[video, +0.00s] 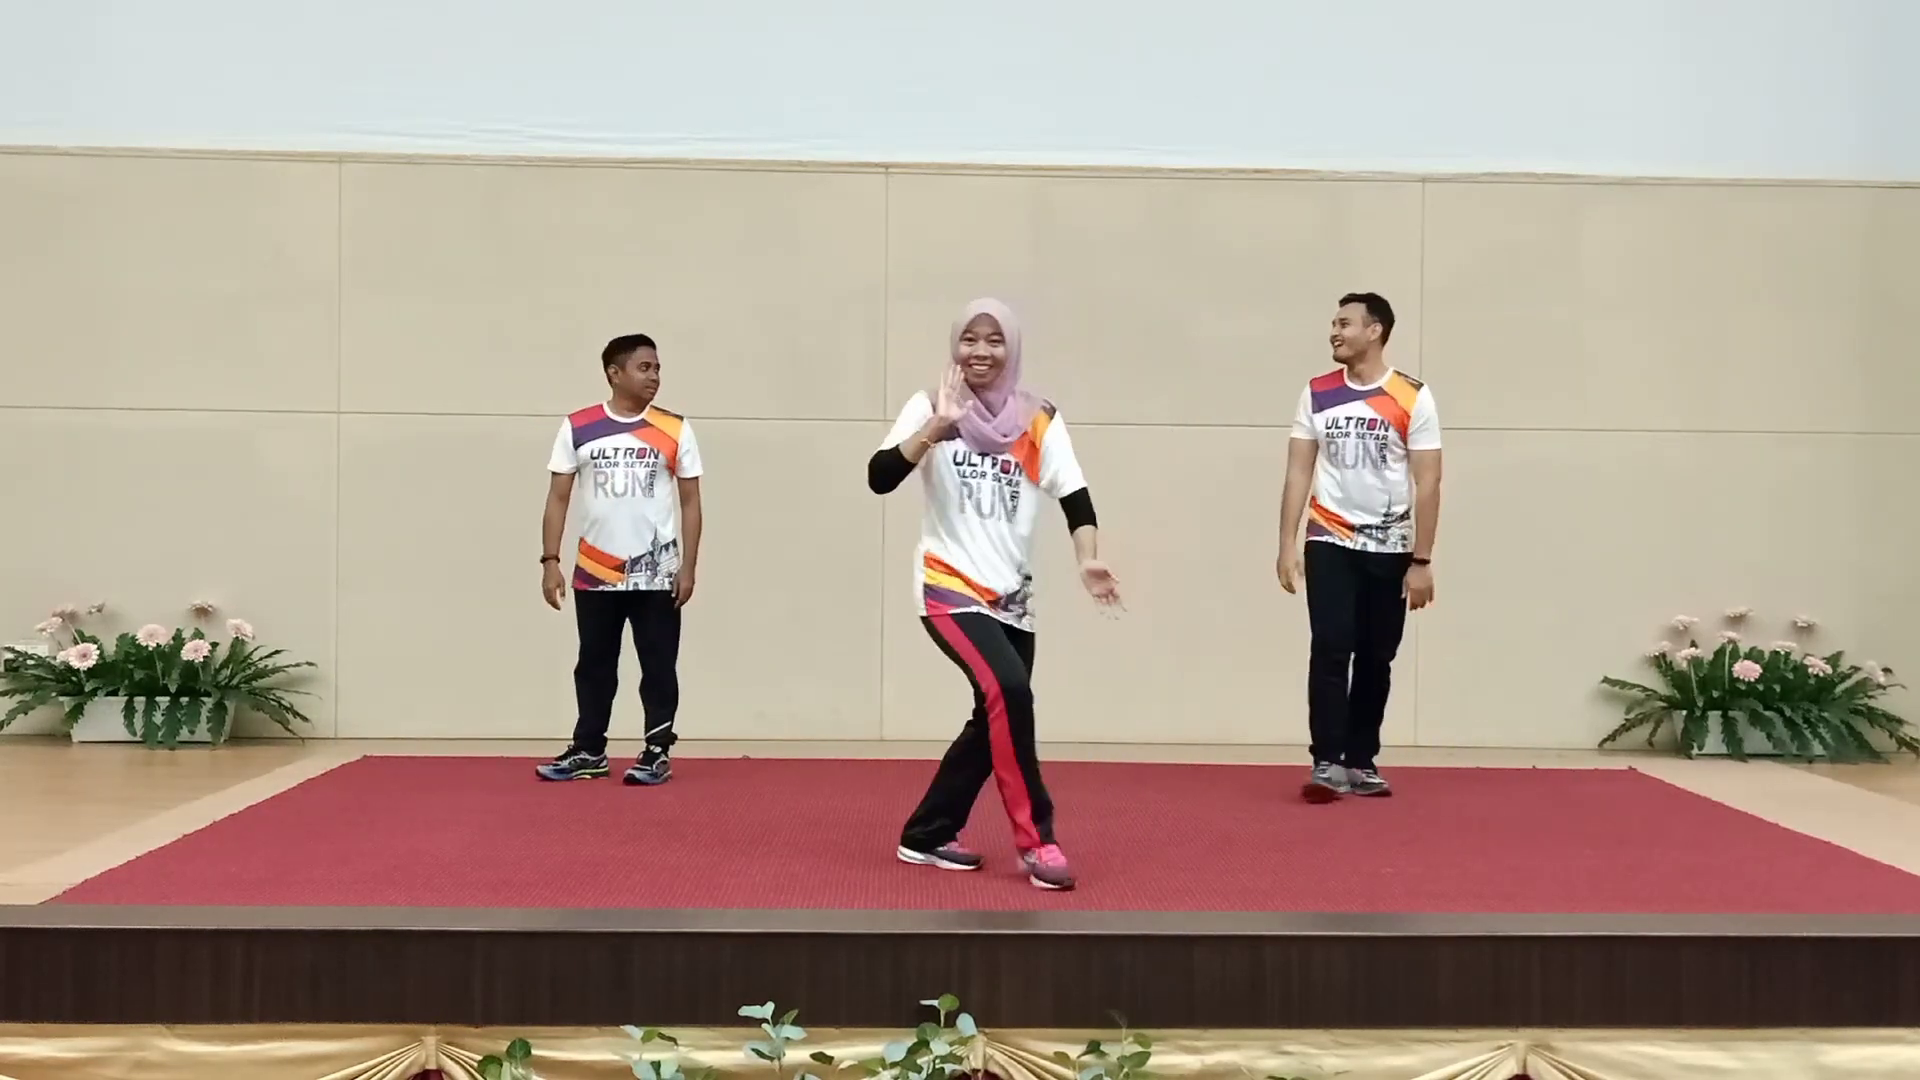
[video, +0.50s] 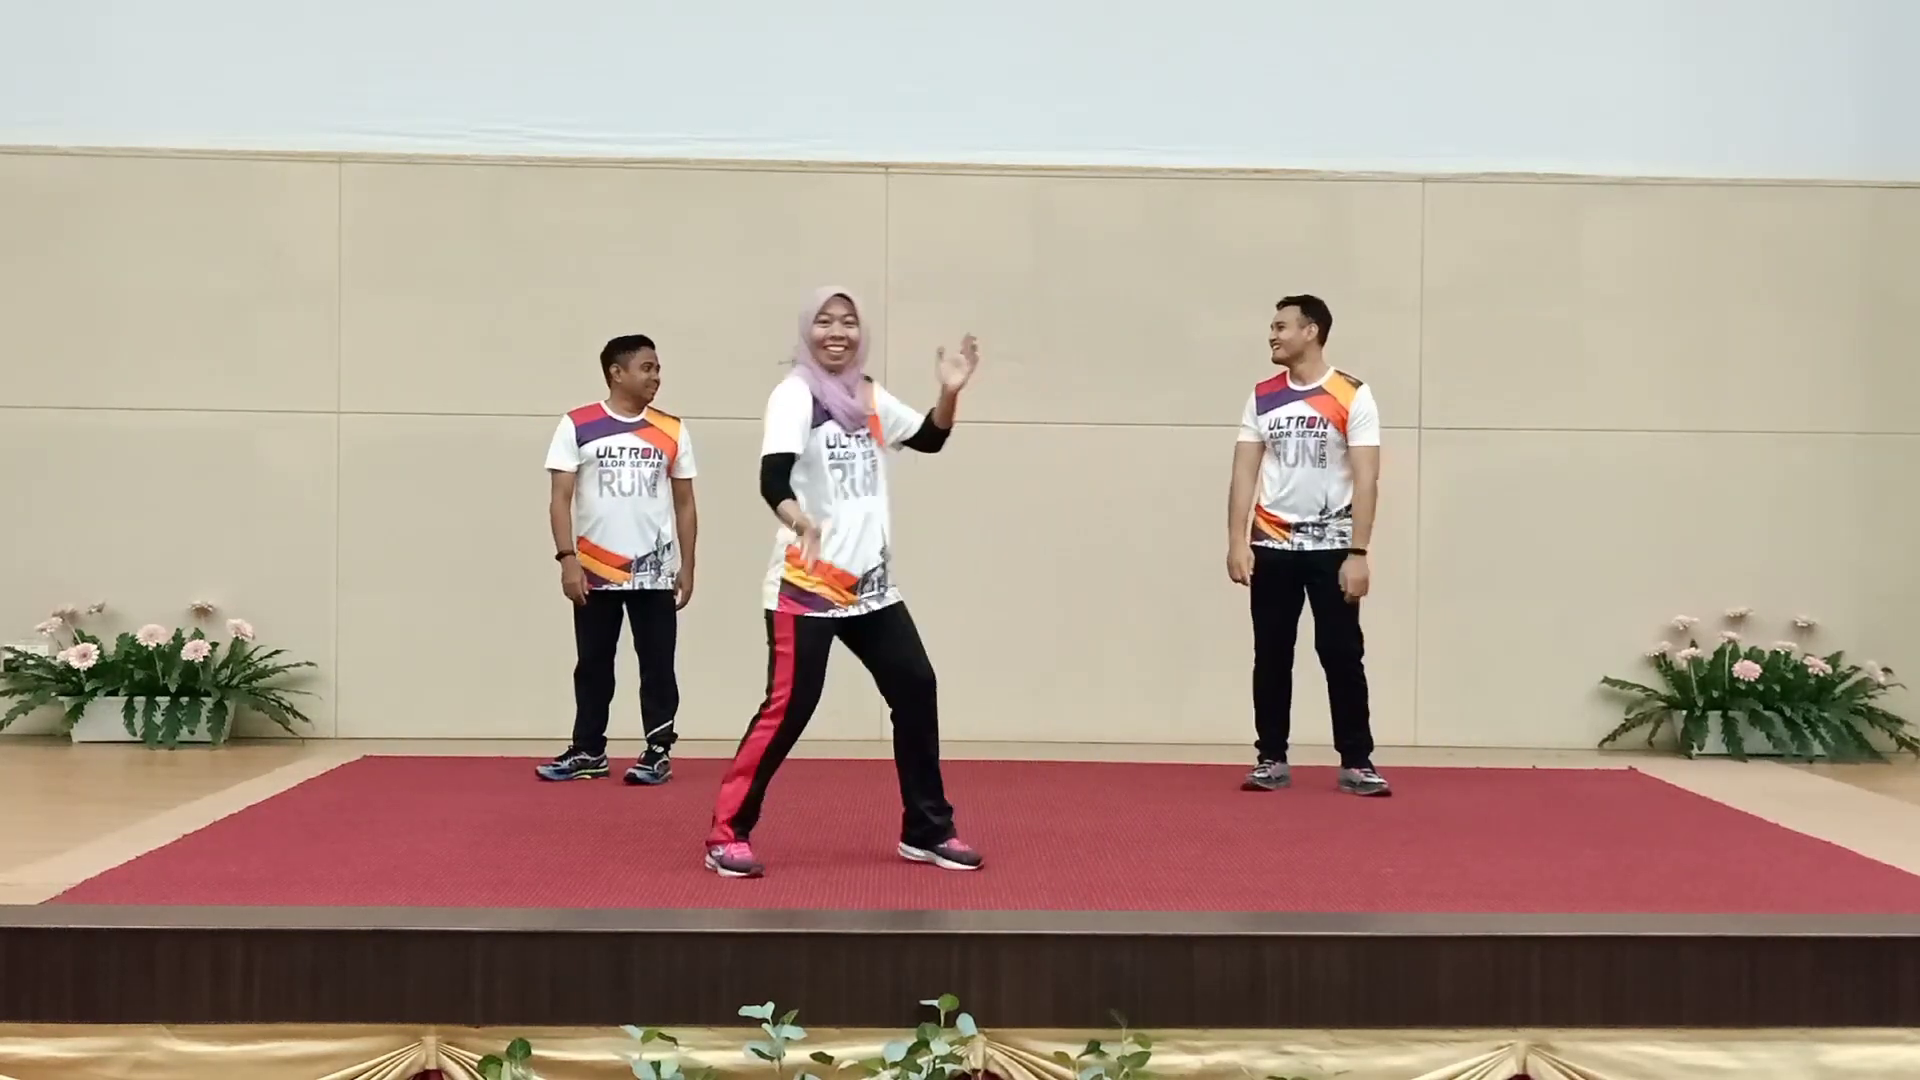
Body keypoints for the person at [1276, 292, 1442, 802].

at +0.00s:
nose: (1334, 332)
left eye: (1344, 324)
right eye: (1334, 324)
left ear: (1377, 331)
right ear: (1340, 332)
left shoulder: (1414, 398)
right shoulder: (1318, 394)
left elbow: (1428, 483)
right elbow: (1299, 470)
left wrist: (1422, 560)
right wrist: (1288, 542)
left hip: (1389, 549)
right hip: (1329, 542)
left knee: (1375, 661)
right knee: (1330, 650)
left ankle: (1360, 762)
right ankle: (1326, 761)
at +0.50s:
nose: (1272, 336)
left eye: (1282, 328)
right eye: (1273, 328)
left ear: (1313, 333)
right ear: (1295, 335)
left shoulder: (1353, 396)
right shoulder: (1262, 396)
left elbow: (1366, 480)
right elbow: (1245, 472)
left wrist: (1359, 552)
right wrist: (1237, 541)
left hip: (1332, 550)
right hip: (1271, 548)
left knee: (1343, 658)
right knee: (1271, 658)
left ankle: (1357, 763)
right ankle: (1271, 760)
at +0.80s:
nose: (1253, 337)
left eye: (1263, 330)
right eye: (1254, 330)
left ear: (1294, 336)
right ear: (1270, 337)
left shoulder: (1331, 396)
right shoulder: (1244, 398)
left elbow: (1323, 478)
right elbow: (1227, 475)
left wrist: (1283, 537)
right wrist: (1211, 546)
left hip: (1308, 545)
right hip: (1251, 546)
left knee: (1323, 652)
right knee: (1260, 657)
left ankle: (1353, 762)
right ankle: (1272, 761)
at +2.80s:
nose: (1240, 341)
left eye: (1250, 332)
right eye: (1237, 333)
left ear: (1280, 334)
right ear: (1236, 339)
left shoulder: (1323, 392)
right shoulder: (1229, 403)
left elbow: (1340, 473)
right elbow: (1220, 486)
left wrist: (1335, 544)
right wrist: (1217, 554)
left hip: (1313, 548)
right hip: (1254, 551)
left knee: (1334, 658)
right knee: (1262, 660)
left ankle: (1356, 762)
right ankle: (1271, 760)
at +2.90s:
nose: (1233, 343)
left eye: (1242, 333)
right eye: (1231, 335)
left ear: (1273, 333)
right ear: (1238, 341)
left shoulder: (1321, 393)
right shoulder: (1228, 402)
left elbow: (1336, 474)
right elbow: (1219, 485)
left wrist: (1325, 547)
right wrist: (1217, 554)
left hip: (1311, 548)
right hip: (1252, 553)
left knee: (1334, 658)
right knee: (1261, 661)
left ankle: (1355, 761)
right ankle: (1271, 760)